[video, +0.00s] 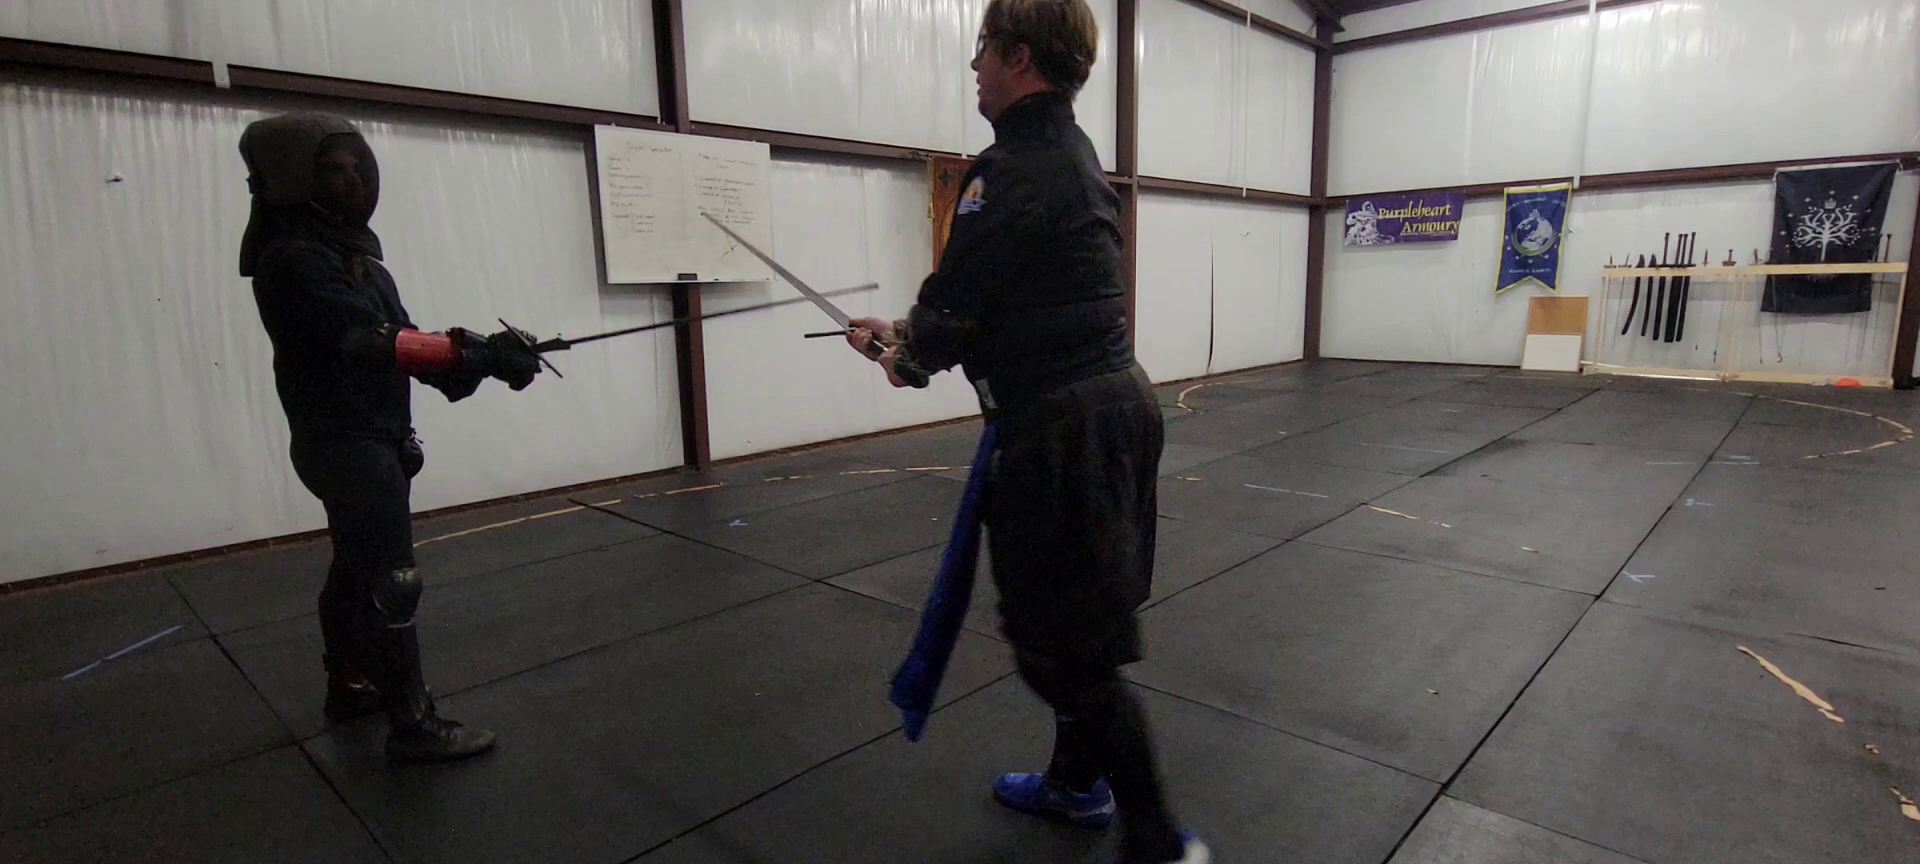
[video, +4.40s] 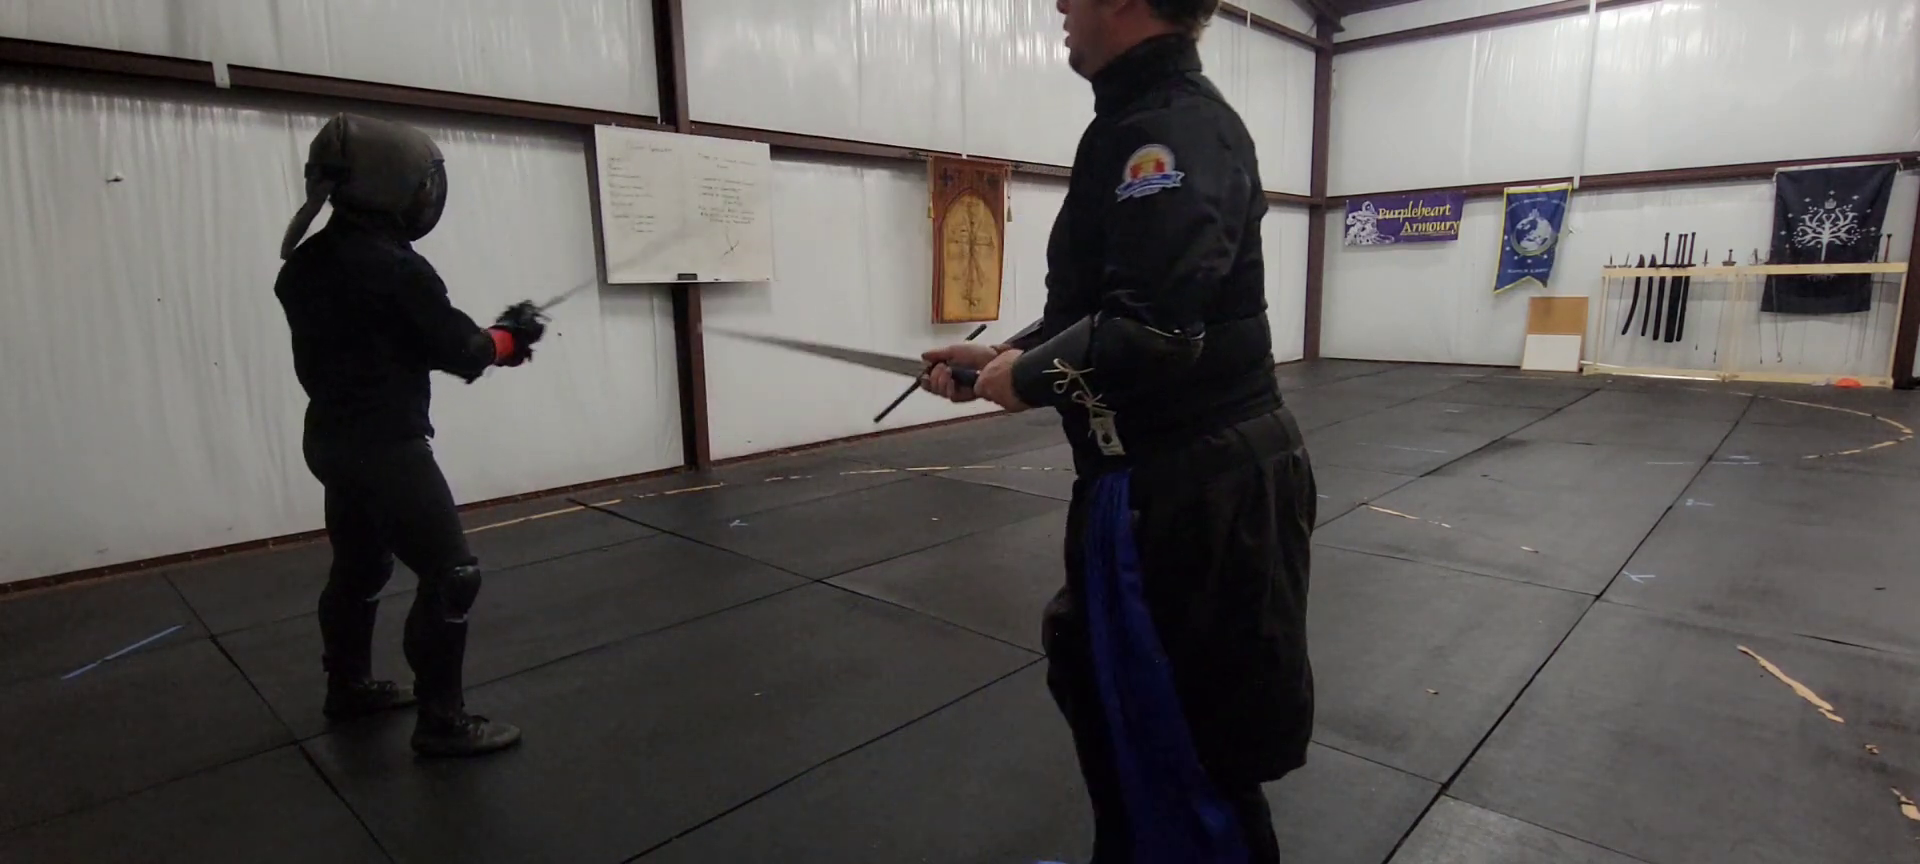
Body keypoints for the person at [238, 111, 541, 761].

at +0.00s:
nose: (363, 183)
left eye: (365, 170)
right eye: (346, 172)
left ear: (367, 176)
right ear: (311, 182)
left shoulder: (347, 245)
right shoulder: (292, 256)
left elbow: (388, 333)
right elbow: (360, 342)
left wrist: (462, 358)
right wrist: (473, 355)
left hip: (375, 439)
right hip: (344, 445)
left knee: (358, 569)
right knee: (392, 581)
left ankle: (350, 688)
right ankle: (410, 724)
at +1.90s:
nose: (373, 180)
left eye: (376, 169)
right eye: (357, 168)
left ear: (380, 177)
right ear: (322, 179)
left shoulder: (348, 250)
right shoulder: (313, 257)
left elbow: (377, 350)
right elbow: (366, 342)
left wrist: (395, 430)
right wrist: (439, 367)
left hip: (370, 439)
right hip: (352, 443)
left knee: (358, 569)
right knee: (395, 580)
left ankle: (350, 688)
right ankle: (410, 722)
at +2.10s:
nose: (389, 181)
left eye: (388, 168)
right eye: (377, 168)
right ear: (346, 176)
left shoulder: (343, 250)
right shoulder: (325, 257)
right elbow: (371, 353)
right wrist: (432, 361)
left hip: (364, 440)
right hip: (361, 445)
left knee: (358, 566)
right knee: (392, 571)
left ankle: (349, 686)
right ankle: (412, 719)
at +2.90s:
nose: (432, 196)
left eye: (433, 183)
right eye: (422, 183)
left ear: (358, 189)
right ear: (389, 188)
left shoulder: (341, 256)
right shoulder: (374, 261)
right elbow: (423, 363)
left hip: (357, 443)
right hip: (382, 447)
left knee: (378, 568)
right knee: (447, 578)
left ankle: (350, 688)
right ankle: (441, 721)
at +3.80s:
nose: (439, 192)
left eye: (437, 180)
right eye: (431, 180)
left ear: (348, 187)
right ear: (407, 189)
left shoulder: (306, 268)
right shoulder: (406, 268)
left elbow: (383, 342)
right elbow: (461, 344)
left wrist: (471, 330)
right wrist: (507, 336)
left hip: (339, 448)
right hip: (398, 451)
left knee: (360, 570)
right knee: (459, 577)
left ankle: (349, 691)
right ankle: (444, 723)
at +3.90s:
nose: (446, 195)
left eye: (444, 182)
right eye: (439, 183)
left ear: (358, 186)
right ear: (419, 191)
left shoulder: (314, 261)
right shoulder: (414, 267)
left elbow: (288, 345)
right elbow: (461, 352)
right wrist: (481, 328)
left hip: (340, 445)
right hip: (398, 449)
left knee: (360, 568)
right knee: (460, 577)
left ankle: (348, 690)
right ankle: (444, 722)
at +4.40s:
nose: (432, 193)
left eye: (430, 180)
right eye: (425, 181)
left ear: (342, 186)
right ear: (402, 190)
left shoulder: (303, 266)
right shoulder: (399, 270)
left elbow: (338, 354)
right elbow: (456, 349)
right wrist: (506, 340)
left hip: (333, 447)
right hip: (392, 450)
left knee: (357, 568)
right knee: (451, 575)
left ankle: (348, 687)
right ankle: (442, 719)